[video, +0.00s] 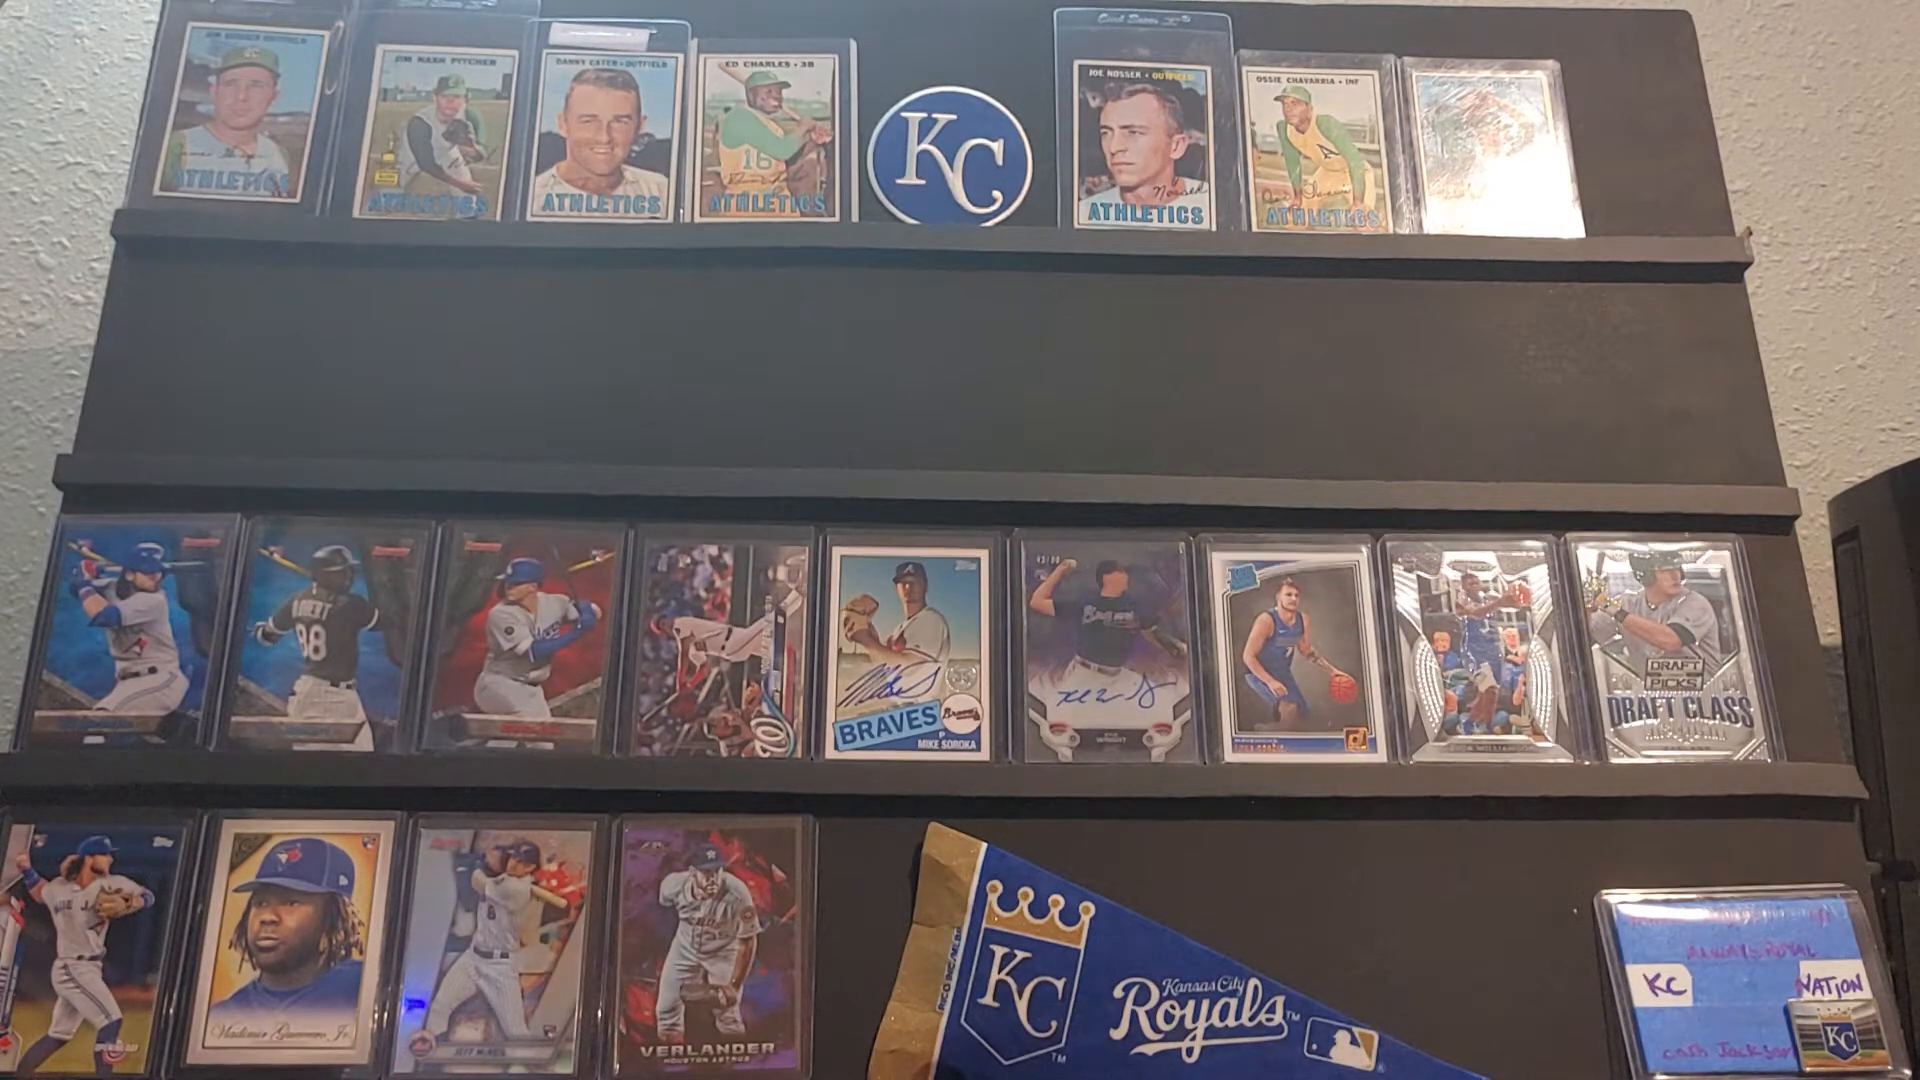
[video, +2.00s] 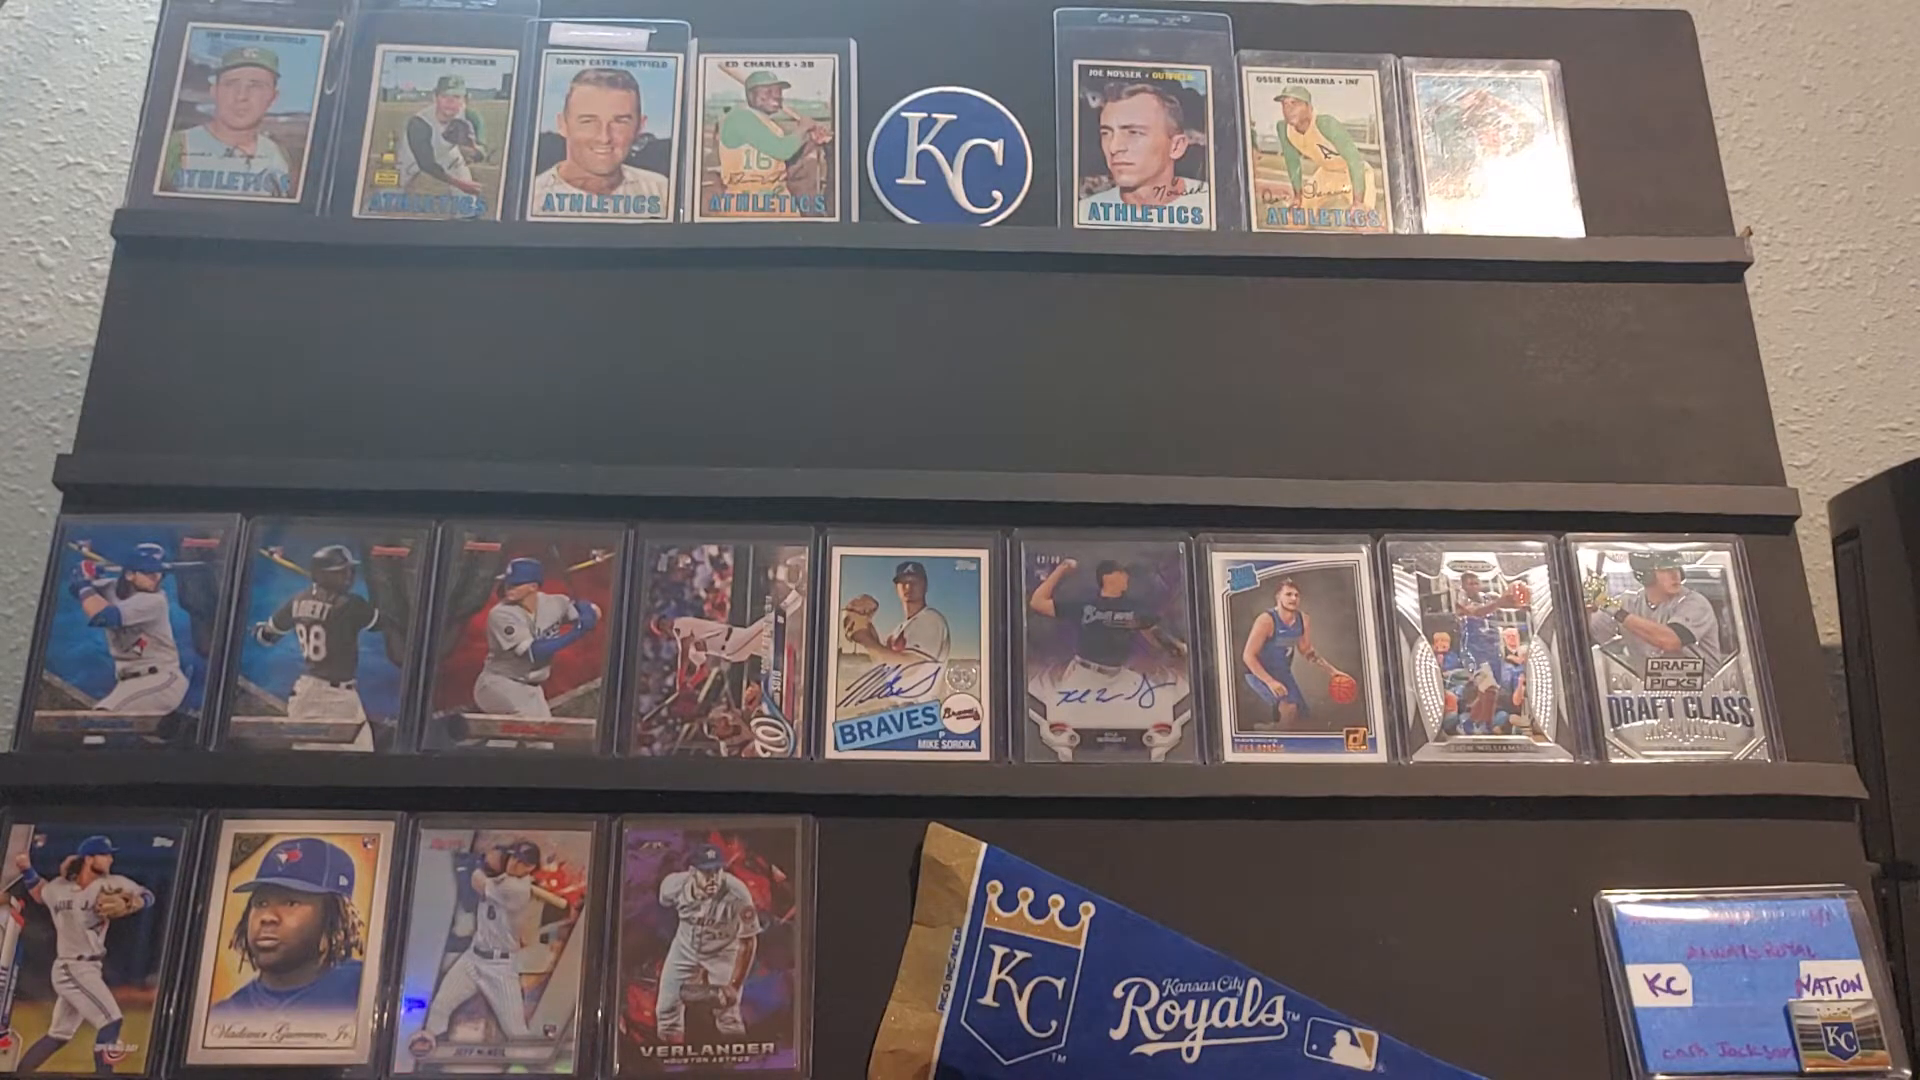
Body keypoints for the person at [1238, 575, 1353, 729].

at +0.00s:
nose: (1293, 599)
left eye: (1296, 595)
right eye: (1288, 595)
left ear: (1299, 598)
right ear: (1278, 597)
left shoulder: (1302, 619)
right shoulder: (1266, 620)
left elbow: (1306, 650)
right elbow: (1248, 656)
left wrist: (1332, 671)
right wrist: (1270, 681)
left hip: (1283, 672)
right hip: (1260, 672)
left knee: (1301, 712)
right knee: (1289, 706)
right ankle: (1284, 750)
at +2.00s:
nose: (1293, 599)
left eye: (1296, 595)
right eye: (1288, 595)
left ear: (1300, 598)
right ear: (1278, 598)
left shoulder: (1302, 619)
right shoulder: (1266, 620)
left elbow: (1307, 650)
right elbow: (1248, 656)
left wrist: (1332, 671)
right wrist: (1270, 682)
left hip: (1283, 672)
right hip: (1260, 672)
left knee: (1300, 713)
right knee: (1289, 707)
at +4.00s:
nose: (1293, 599)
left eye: (1296, 595)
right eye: (1288, 595)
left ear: (1299, 598)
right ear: (1278, 598)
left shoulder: (1302, 619)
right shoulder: (1266, 620)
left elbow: (1306, 650)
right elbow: (1248, 656)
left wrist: (1333, 671)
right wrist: (1270, 682)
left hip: (1284, 673)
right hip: (1260, 673)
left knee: (1302, 714)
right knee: (1288, 706)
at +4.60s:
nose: (1293, 599)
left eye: (1296, 595)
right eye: (1288, 594)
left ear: (1300, 598)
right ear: (1278, 598)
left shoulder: (1303, 619)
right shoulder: (1266, 620)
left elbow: (1306, 650)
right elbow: (1248, 656)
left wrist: (1333, 671)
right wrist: (1271, 682)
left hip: (1284, 674)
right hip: (1260, 673)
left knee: (1302, 713)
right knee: (1288, 705)